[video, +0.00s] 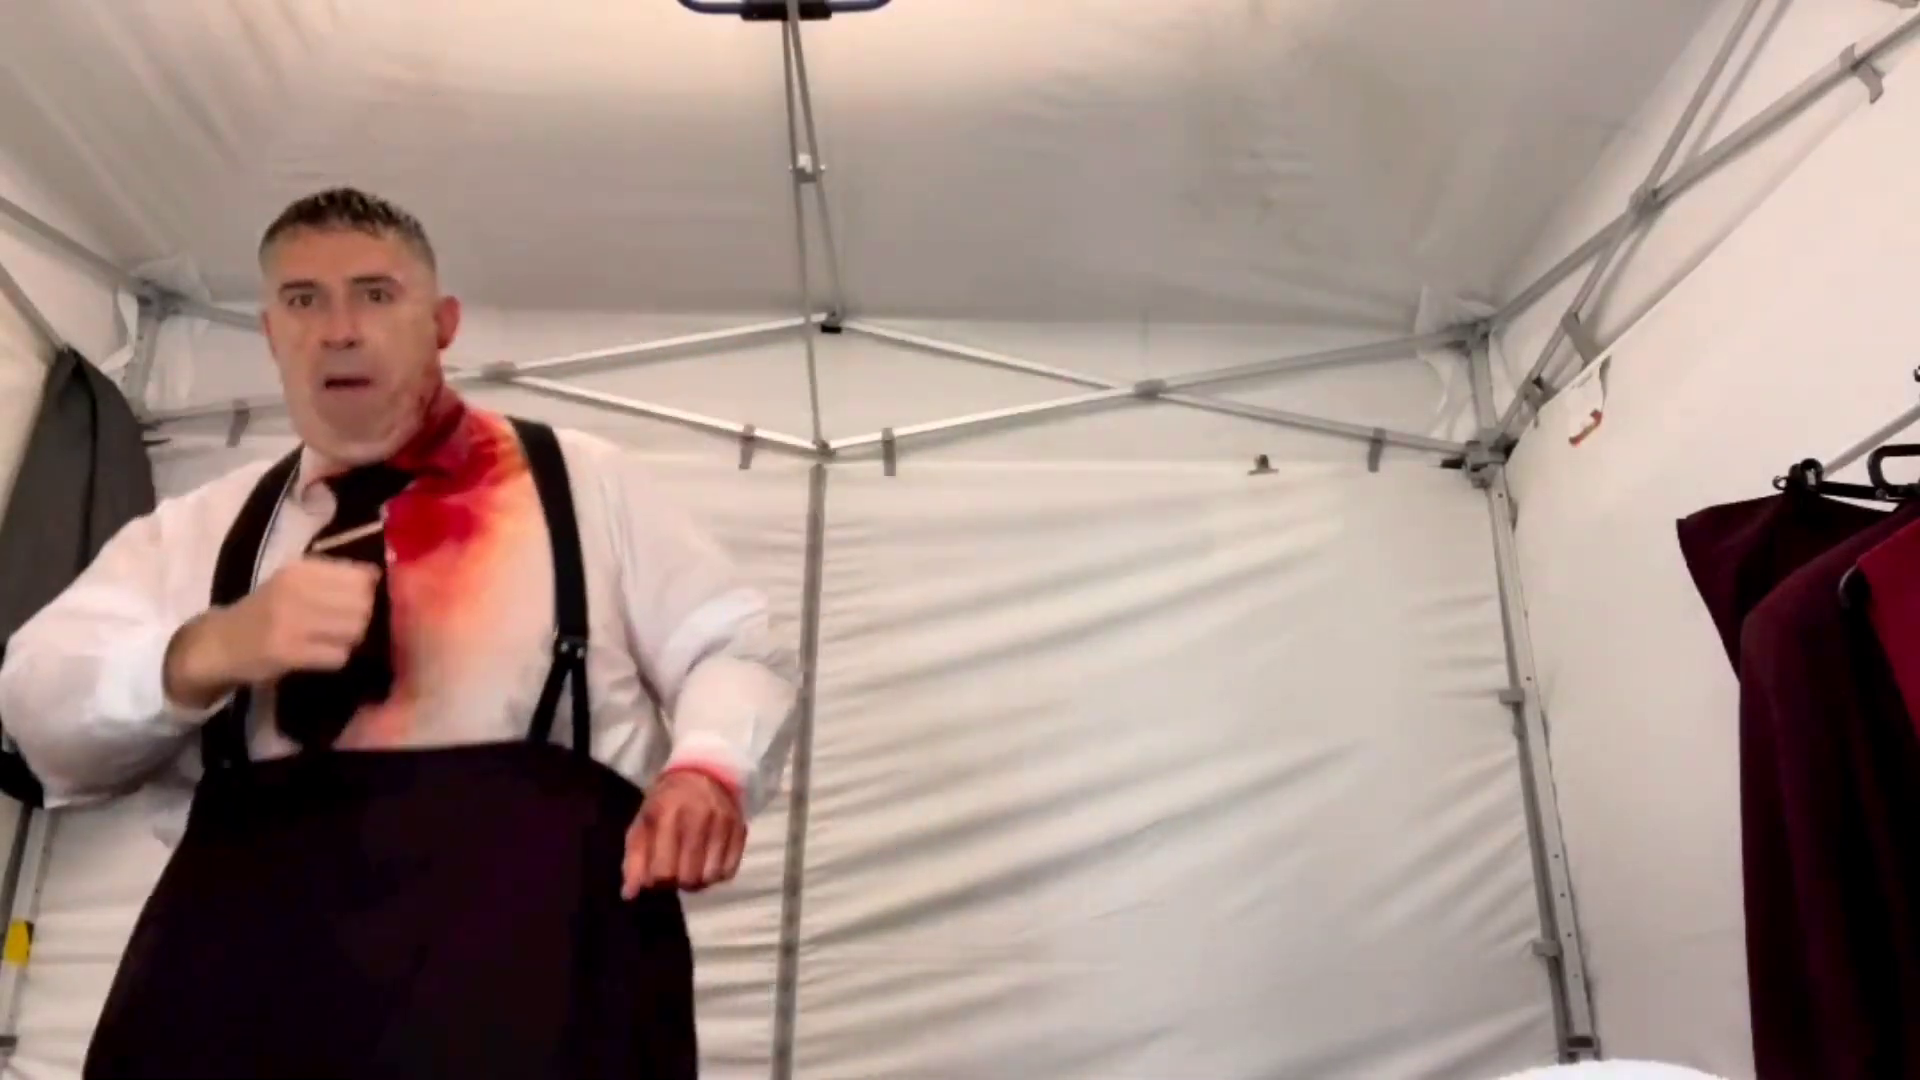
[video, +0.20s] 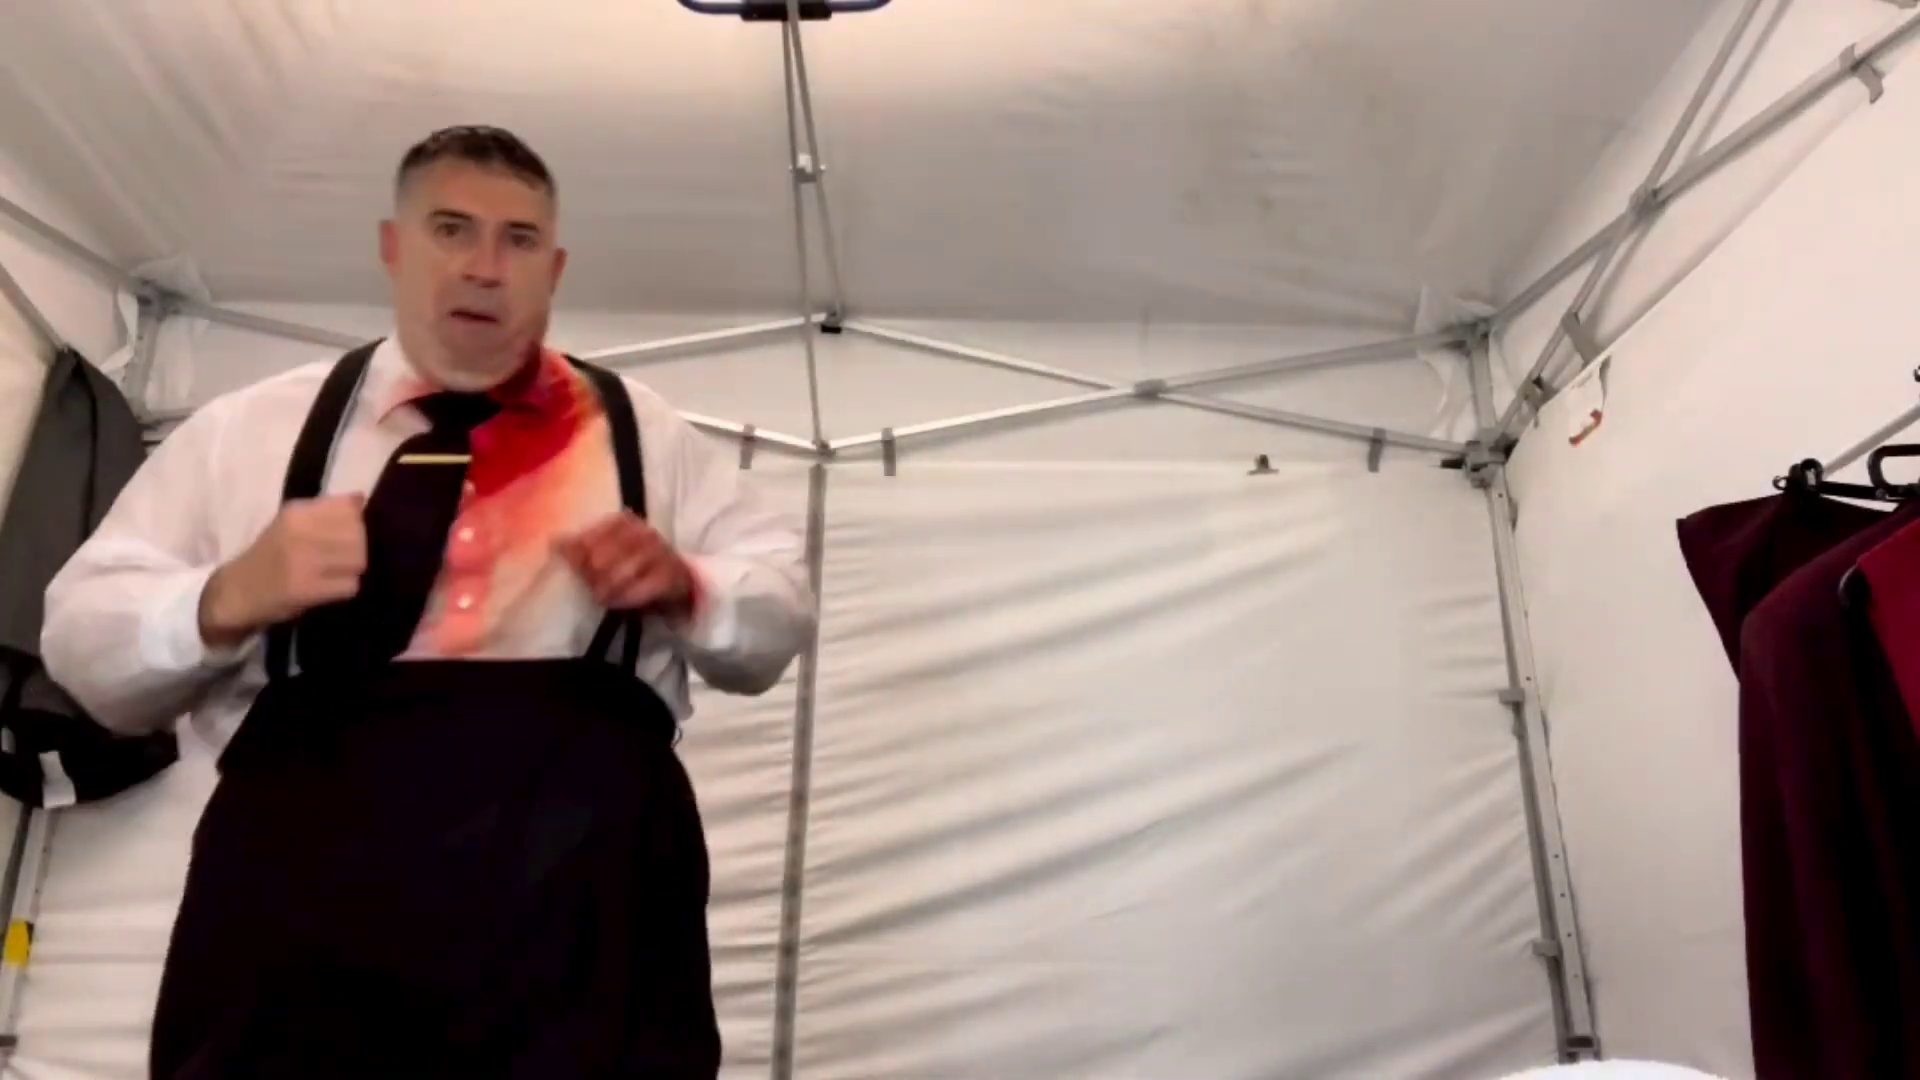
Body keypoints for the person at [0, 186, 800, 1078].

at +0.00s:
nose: (338, 330)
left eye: (375, 294)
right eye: (304, 300)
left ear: (442, 326)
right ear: (270, 336)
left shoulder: (579, 485)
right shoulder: (203, 527)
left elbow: (730, 645)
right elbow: (40, 705)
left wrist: (707, 767)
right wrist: (218, 646)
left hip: (525, 856)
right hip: (279, 856)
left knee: (540, 817)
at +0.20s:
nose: (485, 267)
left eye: (519, 240)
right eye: (453, 231)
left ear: (557, 271)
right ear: (392, 250)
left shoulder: (644, 435)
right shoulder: (251, 430)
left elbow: (782, 621)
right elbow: (83, 639)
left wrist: (692, 590)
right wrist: (222, 597)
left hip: (579, 817)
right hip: (319, 813)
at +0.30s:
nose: (568, 313)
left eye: (601, 289)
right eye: (543, 273)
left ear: (627, 315)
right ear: (472, 277)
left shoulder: (685, 476)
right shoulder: (309, 431)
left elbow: (815, 658)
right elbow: (89, 608)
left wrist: (709, 571)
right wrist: (185, 609)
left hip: (584, 810)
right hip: (331, 799)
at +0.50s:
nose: (628, 374)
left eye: (663, 350)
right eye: (604, 332)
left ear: (687, 372)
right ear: (540, 331)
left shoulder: (730, 534)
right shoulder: (373, 478)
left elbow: (815, 760)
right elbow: (157, 673)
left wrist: (746, 653)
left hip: (634, 896)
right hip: (382, 882)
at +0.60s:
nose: (615, 312)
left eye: (651, 284)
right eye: (589, 277)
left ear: (695, 312)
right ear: (543, 290)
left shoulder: (770, 471)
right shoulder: (413, 440)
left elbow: (883, 670)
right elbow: (238, 629)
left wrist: (803, 645)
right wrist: (401, 542)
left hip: (677, 839)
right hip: (441, 825)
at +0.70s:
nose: (617, 342)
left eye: (650, 311)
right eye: (588, 310)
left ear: (703, 333)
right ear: (552, 329)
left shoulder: (811, 488)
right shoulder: (456, 484)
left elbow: (951, 653)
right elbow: (281, 654)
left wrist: (860, 665)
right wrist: (433, 568)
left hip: (721, 898)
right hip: (485, 888)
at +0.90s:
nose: (661, 353)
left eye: (693, 323)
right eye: (631, 318)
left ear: (736, 346)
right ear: (583, 336)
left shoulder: (825, 495)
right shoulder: (480, 508)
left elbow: (941, 707)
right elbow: (336, 727)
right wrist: (456, 600)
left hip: (750, 902)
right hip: (525, 906)